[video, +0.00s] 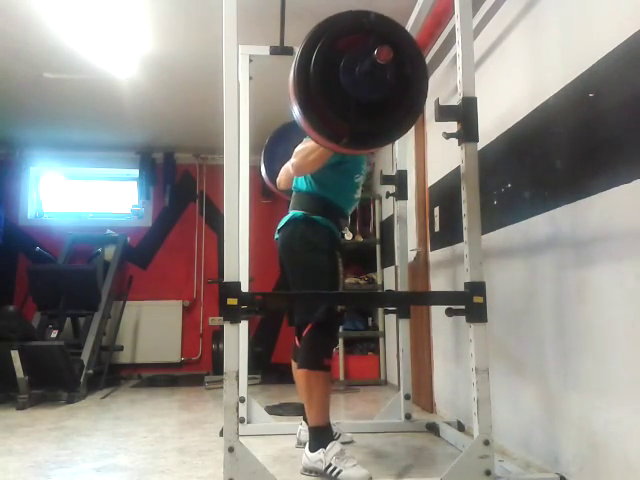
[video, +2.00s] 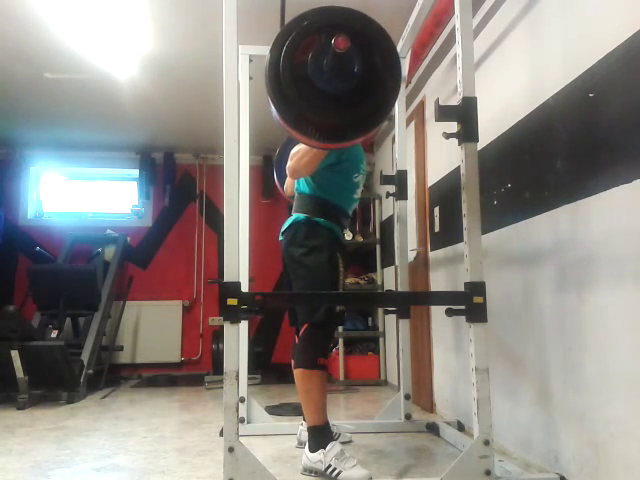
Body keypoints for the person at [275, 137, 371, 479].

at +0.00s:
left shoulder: (348, 136)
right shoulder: (333, 131)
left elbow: (282, 180)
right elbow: (295, 167)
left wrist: (297, 166)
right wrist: (336, 140)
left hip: (311, 232)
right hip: (308, 231)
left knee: (309, 334)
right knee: (320, 332)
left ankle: (314, 430)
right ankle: (320, 446)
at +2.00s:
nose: (370, 127)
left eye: (369, 122)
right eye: (366, 121)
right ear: (349, 113)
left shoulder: (346, 145)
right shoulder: (331, 135)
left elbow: (289, 187)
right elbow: (294, 169)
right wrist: (327, 131)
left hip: (318, 234)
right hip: (310, 233)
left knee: (314, 332)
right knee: (316, 331)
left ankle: (315, 429)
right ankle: (319, 446)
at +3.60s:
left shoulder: (353, 169)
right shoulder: (327, 166)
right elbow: (293, 212)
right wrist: (339, 182)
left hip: (306, 259)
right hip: (285, 255)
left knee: (333, 328)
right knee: (351, 324)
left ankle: (314, 422)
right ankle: (321, 445)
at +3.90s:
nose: (351, 166)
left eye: (356, 160)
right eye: (346, 160)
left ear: (367, 165)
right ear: (336, 164)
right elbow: (300, 245)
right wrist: (341, 206)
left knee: (340, 337)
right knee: (359, 337)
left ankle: (315, 427)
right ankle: (322, 448)